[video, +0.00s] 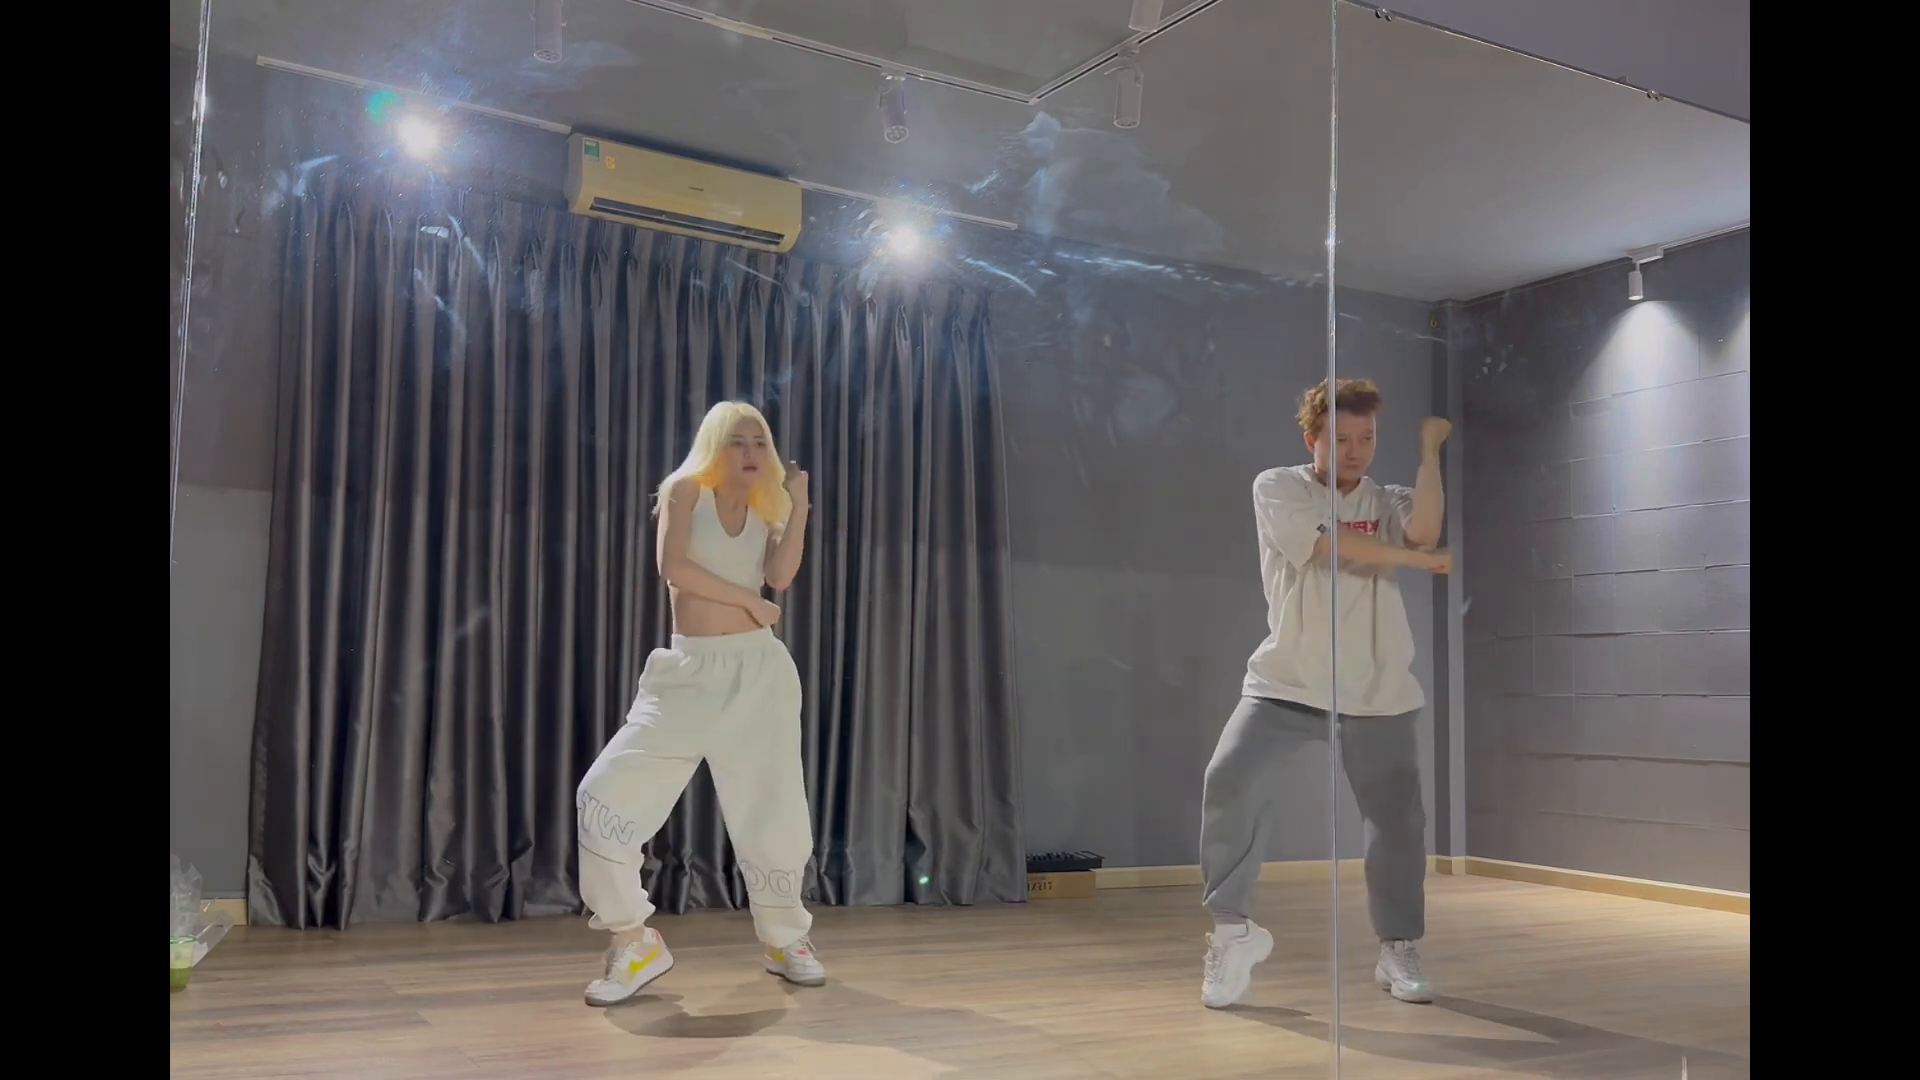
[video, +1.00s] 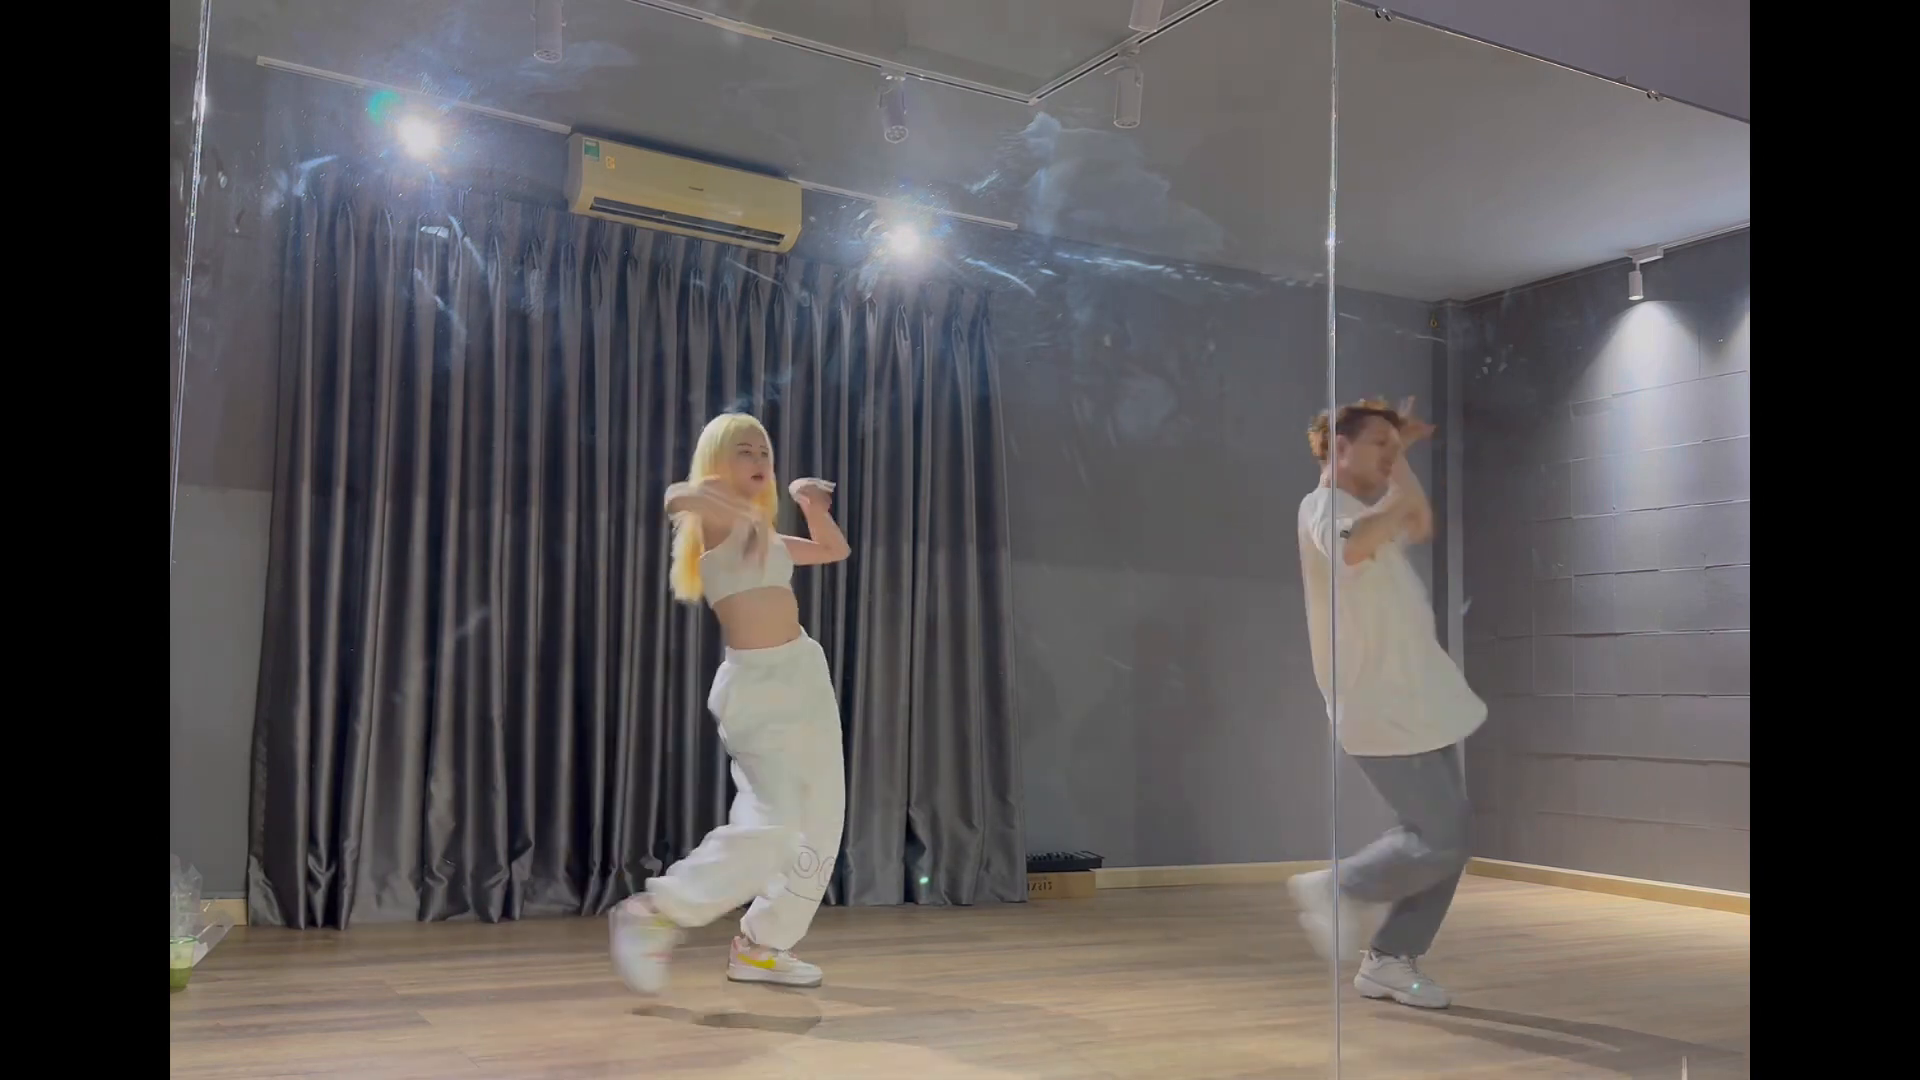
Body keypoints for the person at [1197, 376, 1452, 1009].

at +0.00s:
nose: (1356, 449)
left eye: (1365, 438)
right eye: (1342, 437)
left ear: (1376, 440)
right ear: (1312, 438)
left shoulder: (1384, 500)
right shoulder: (1277, 488)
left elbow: (1426, 533)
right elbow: (1324, 548)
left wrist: (1430, 454)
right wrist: (1419, 559)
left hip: (1378, 686)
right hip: (1291, 679)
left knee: (1400, 814)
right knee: (1227, 780)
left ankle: (1399, 950)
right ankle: (1232, 931)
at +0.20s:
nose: (1343, 482)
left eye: (1351, 471)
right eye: (1329, 469)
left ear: (1361, 476)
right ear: (1297, 470)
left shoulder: (1371, 556)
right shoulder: (1263, 520)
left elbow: (1441, 590)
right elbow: (1311, 584)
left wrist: (1432, 517)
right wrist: (1388, 616)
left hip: (1389, 720)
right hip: (1298, 715)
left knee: (1409, 845)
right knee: (1220, 790)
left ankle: (1401, 959)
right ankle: (1244, 939)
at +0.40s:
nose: (1320, 461)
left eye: (1328, 449)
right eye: (1307, 448)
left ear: (1339, 453)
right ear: (1278, 452)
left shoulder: (1359, 509)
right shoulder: (1246, 507)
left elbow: (1347, 495)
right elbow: (1288, 561)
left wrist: (1345, 417)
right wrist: (1376, 567)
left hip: (1344, 705)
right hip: (1261, 704)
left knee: (1404, 818)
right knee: (1227, 810)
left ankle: (1378, 953)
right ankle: (1187, 942)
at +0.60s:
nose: (1305, 487)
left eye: (1313, 477)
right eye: (1292, 476)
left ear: (1321, 483)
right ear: (1259, 480)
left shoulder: (1334, 528)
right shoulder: (1230, 541)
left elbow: (1377, 563)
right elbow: (1292, 596)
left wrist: (1308, 529)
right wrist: (1380, 603)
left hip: (1316, 722)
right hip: (1246, 721)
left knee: (1399, 816)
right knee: (1226, 839)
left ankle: (1375, 956)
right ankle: (1162, 958)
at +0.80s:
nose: (1335, 482)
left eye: (1343, 473)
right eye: (1323, 468)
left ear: (1348, 477)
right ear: (1286, 465)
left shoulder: (1327, 524)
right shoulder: (1265, 529)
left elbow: (1385, 488)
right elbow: (1340, 598)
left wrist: (1380, 485)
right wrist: (1402, 607)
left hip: (1365, 716)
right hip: (1298, 725)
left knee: (1444, 844)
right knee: (1253, 851)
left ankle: (1387, 962)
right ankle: (1166, 956)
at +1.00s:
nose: (1391, 460)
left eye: (1394, 448)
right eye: (1380, 445)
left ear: (1378, 455)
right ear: (1340, 450)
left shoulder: (1364, 510)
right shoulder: (1324, 509)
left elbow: (1419, 525)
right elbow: (1357, 545)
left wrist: (1399, 453)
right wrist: (1398, 466)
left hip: (1424, 700)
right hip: (1378, 710)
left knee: (1449, 835)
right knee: (1440, 836)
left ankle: (1392, 960)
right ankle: (1332, 889)